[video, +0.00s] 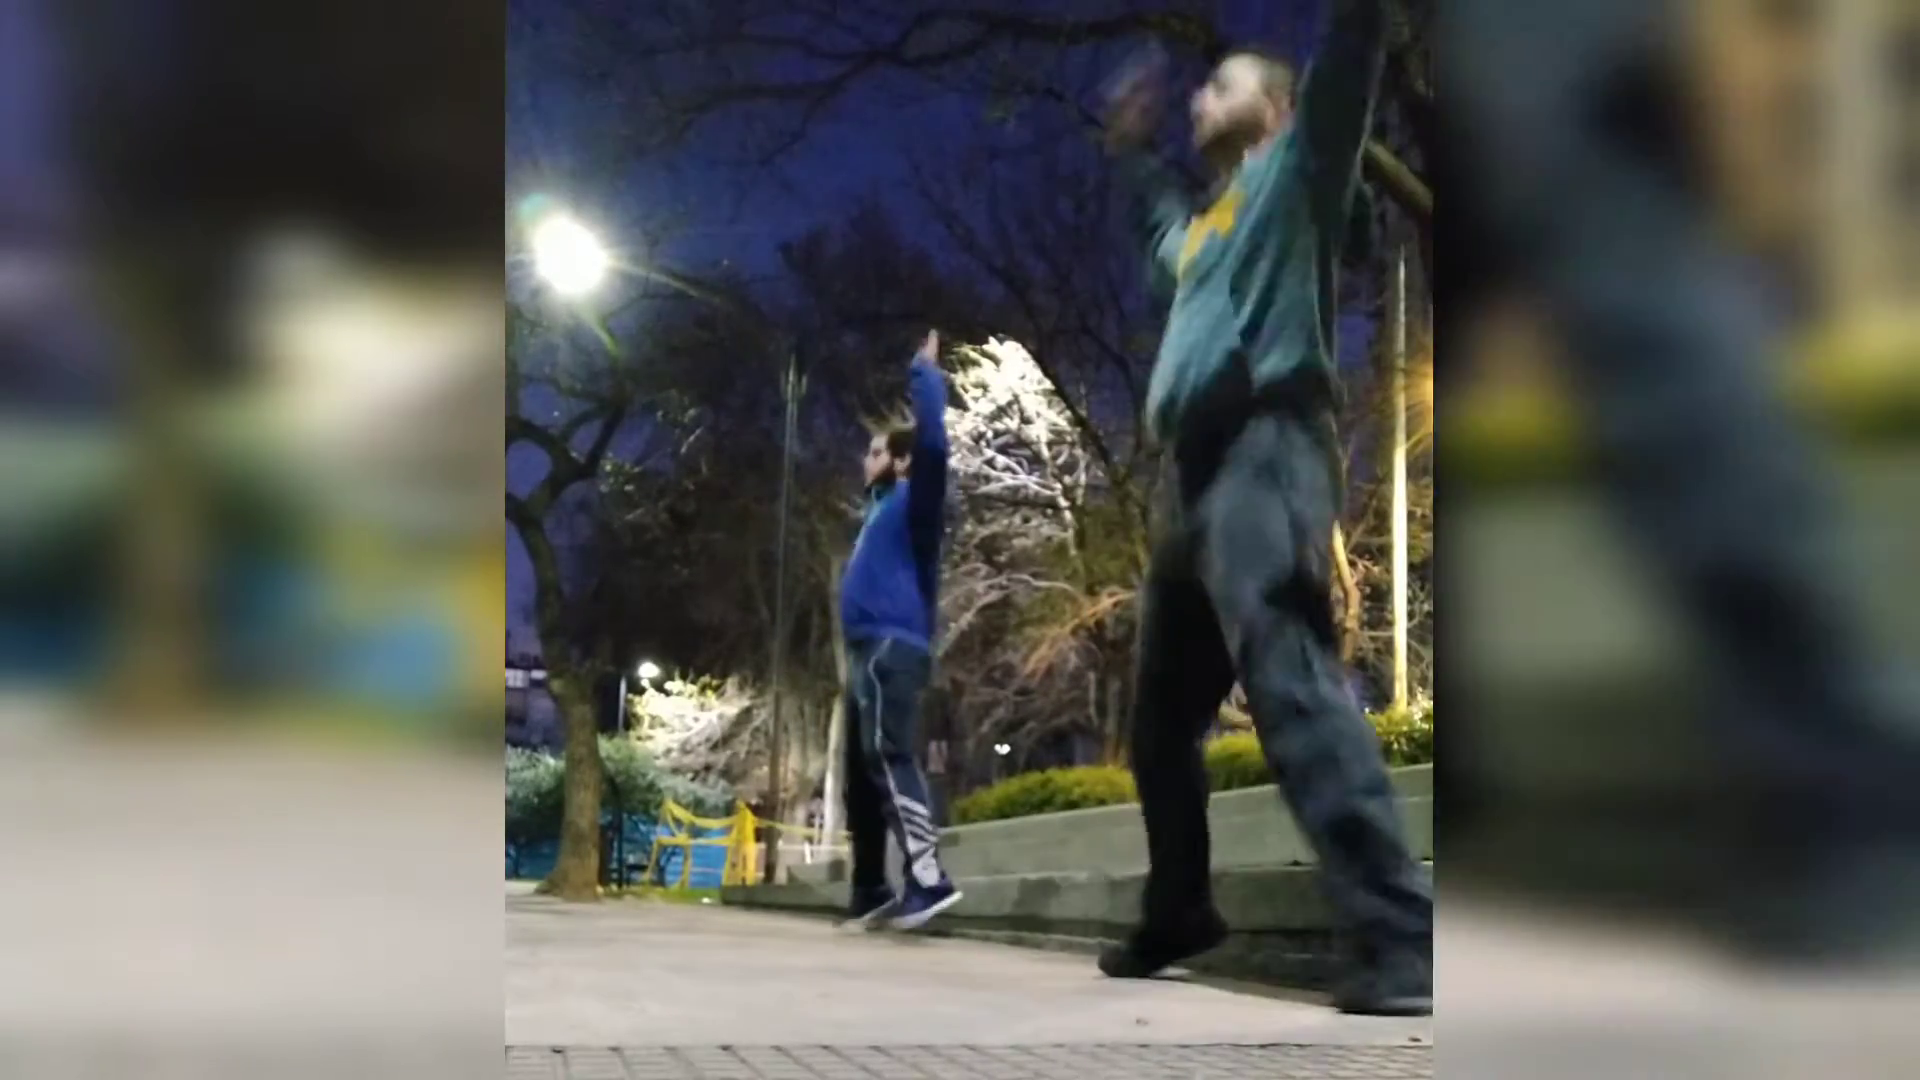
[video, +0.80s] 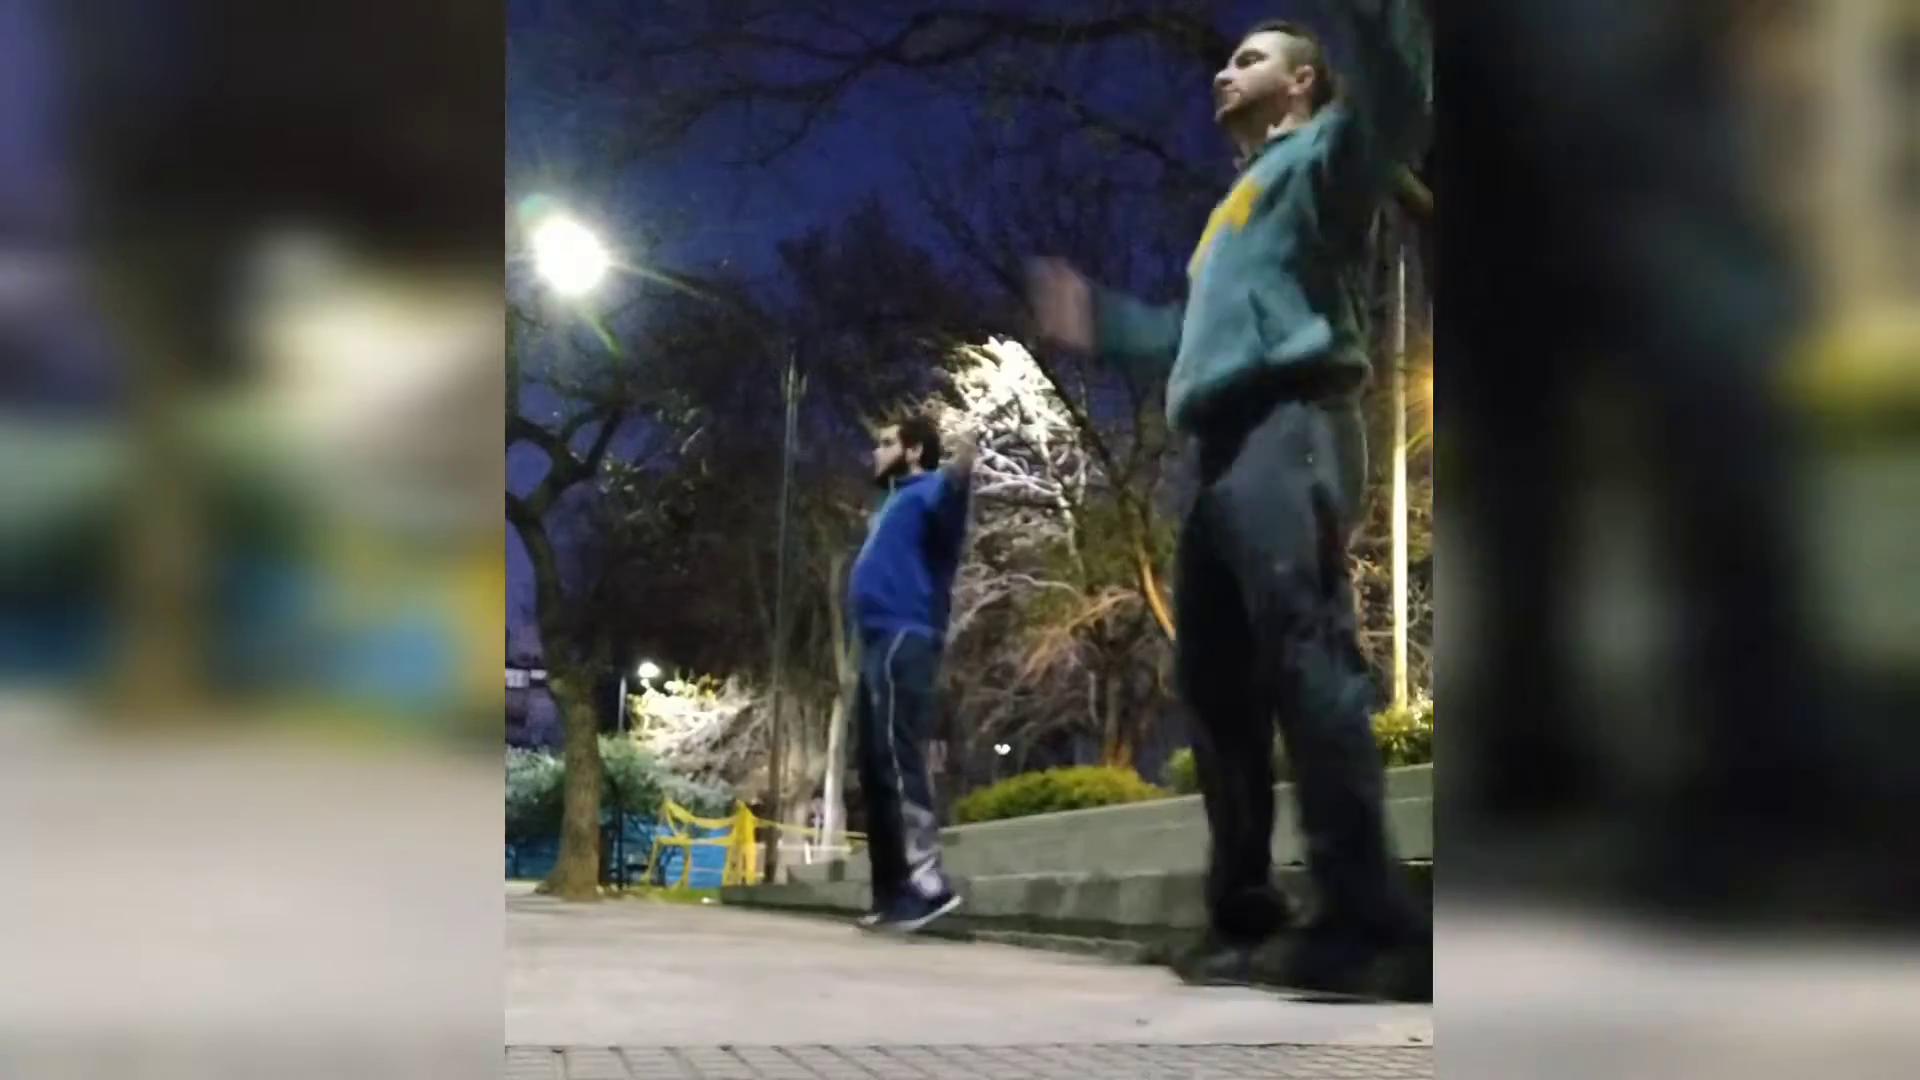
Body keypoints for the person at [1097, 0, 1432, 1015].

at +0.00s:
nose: (1205, 93)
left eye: (1226, 83)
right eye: (1206, 83)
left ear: (1278, 104)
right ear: (1211, 114)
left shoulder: (1299, 169)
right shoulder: (1197, 227)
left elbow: (1348, 57)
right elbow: (1168, 250)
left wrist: (1363, 4)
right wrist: (1143, 158)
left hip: (1269, 442)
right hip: (1194, 466)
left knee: (1287, 676)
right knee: (1162, 707)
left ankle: (1397, 937)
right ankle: (1179, 911)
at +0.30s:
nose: (1209, 85)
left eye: (1232, 73)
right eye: (1211, 75)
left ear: (1286, 94)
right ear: (1222, 107)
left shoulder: (1305, 161)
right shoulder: (1211, 225)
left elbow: (1380, 73)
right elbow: (1170, 279)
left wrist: (1418, 14)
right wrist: (1098, 234)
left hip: (1286, 434)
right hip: (1218, 459)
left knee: (1315, 675)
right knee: (1190, 690)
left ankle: (1394, 935)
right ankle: (1183, 908)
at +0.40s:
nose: (1204, 74)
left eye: (1226, 61)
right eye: (1205, 64)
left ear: (1279, 86)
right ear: (1221, 99)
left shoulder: (1287, 147)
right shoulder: (1218, 203)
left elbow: (1374, 173)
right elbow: (1202, 354)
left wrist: (1377, 261)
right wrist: (1119, 416)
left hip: (1284, 423)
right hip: (1218, 445)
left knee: (1287, 665)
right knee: (1198, 690)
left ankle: (1344, 918)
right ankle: (1239, 917)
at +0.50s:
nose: (1201, 104)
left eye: (1224, 92)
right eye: (1203, 95)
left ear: (1276, 117)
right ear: (1212, 126)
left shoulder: (1312, 188)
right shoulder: (1214, 242)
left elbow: (1388, 317)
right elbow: (1203, 384)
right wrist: (1168, 485)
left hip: (1278, 464)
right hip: (1210, 478)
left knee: (1272, 696)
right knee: (1202, 711)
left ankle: (1327, 941)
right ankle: (1263, 935)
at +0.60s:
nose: (1203, 136)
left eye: (1227, 123)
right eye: (1205, 126)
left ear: (1280, 151)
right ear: (1223, 162)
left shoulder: (1318, 229)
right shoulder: (1230, 263)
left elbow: (1378, 363)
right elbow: (1226, 404)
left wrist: (1317, 447)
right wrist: (1188, 525)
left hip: (1276, 512)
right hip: (1208, 529)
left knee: (1263, 728)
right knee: (1198, 746)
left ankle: (1327, 946)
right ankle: (1267, 942)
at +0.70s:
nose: (1213, 95)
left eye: (1234, 78)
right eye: (1218, 81)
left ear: (1289, 95)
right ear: (1246, 105)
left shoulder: (1325, 180)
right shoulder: (1242, 218)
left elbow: (1389, 232)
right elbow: (1222, 379)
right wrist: (1139, 441)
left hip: (1283, 458)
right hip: (1214, 475)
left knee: (1282, 692)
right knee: (1217, 700)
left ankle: (1327, 939)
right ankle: (1261, 936)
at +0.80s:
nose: (1225, 74)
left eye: (1249, 58)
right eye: (1226, 64)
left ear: (1307, 77)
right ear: (1247, 96)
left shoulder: (1329, 152)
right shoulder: (1237, 204)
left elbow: (1394, 93)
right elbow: (1208, 335)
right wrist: (1100, 319)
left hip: (1291, 426)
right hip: (1225, 442)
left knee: (1309, 667)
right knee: (1216, 681)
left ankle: (1365, 925)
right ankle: (1243, 916)